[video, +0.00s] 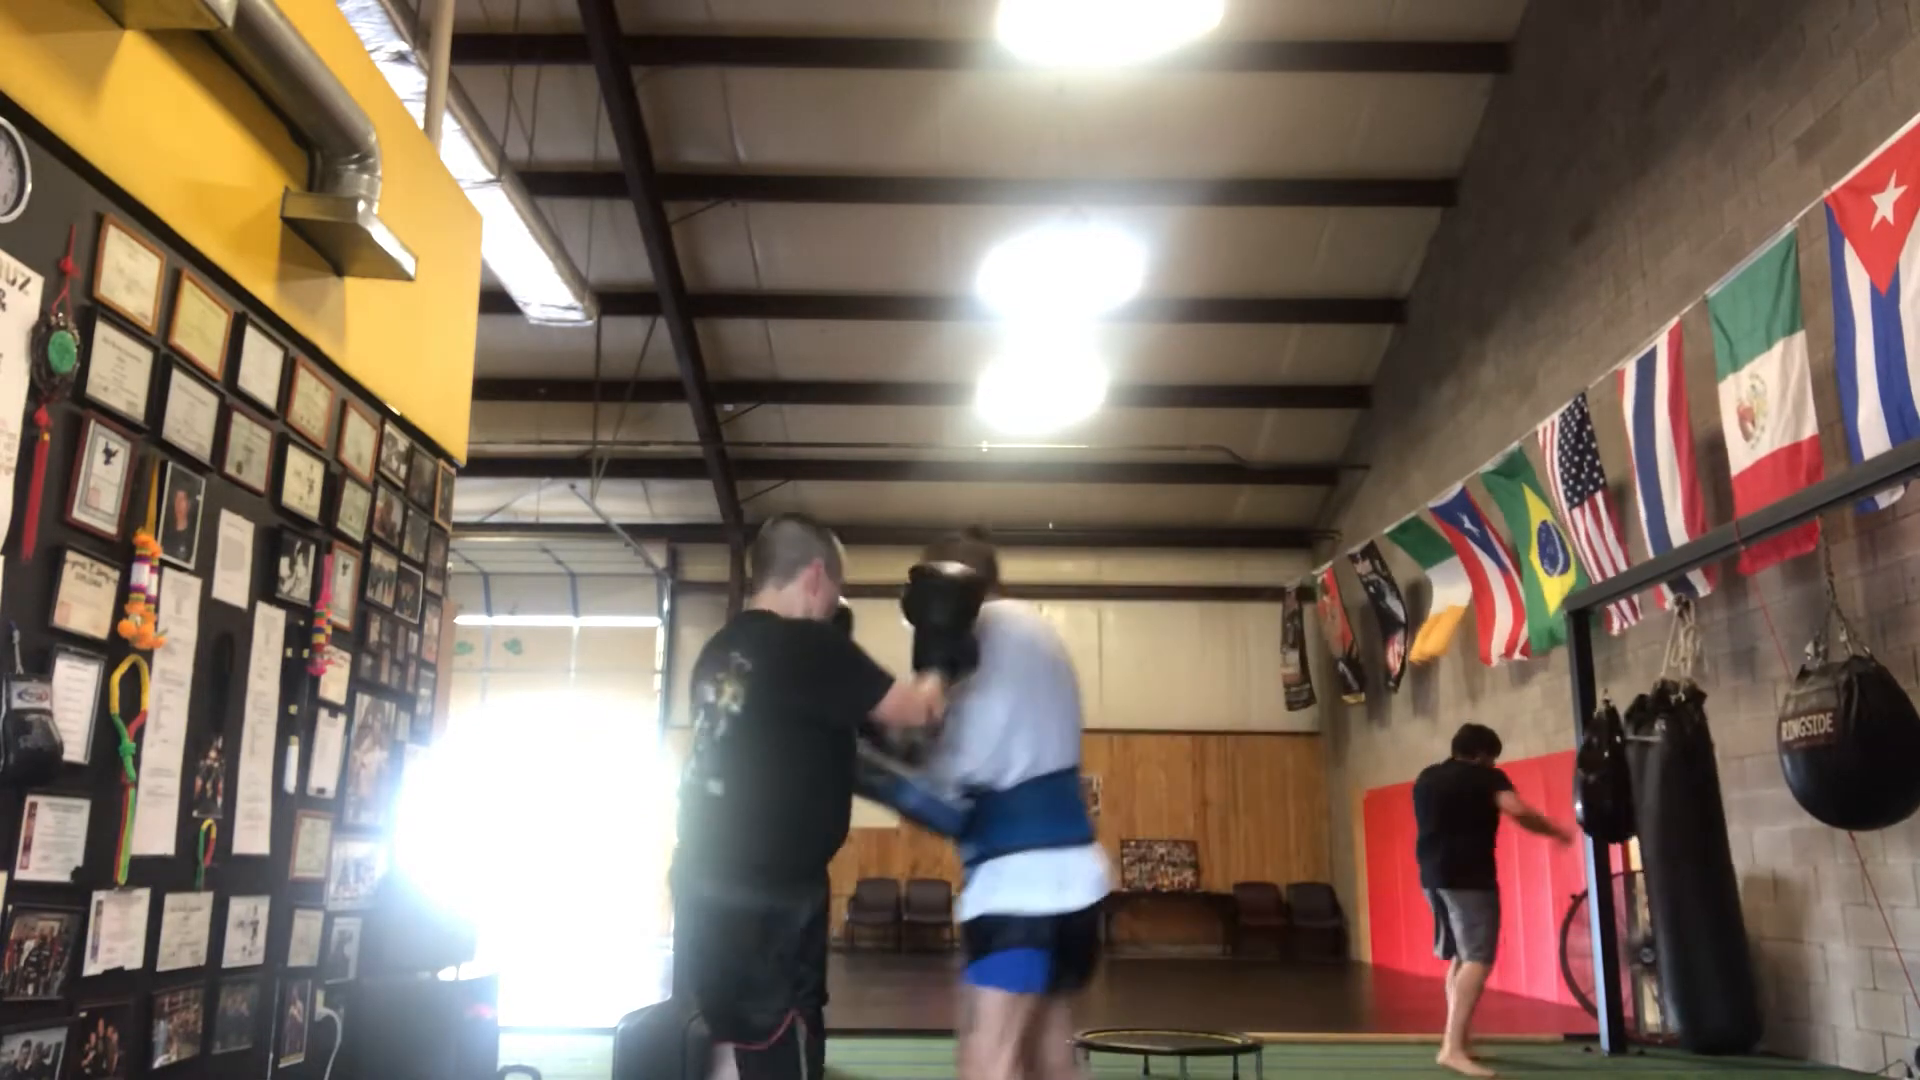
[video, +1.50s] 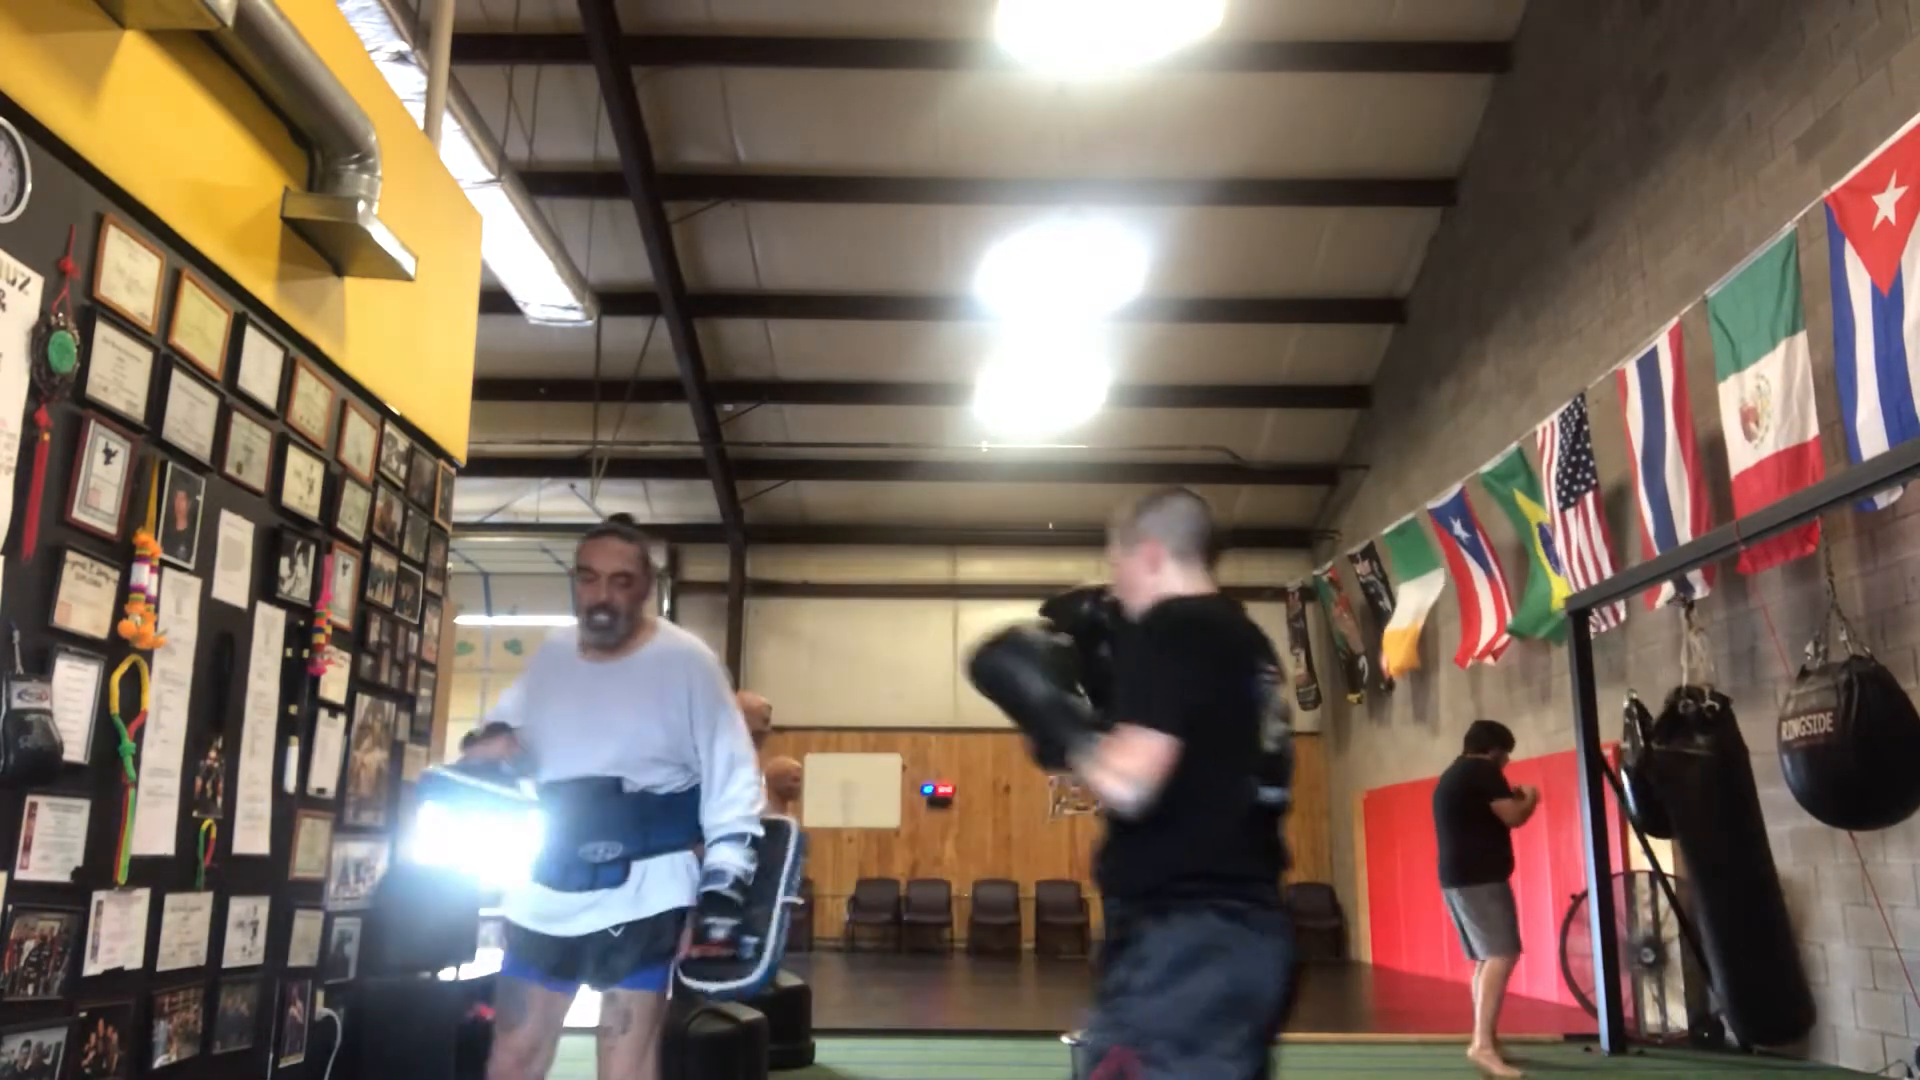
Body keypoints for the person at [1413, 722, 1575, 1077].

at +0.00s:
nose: (1492, 764)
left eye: (1493, 759)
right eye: (1492, 759)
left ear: (1455, 751)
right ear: (1483, 755)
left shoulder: (1427, 777)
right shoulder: (1489, 776)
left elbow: (1431, 825)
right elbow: (1519, 813)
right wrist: (1556, 831)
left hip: (1433, 879)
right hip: (1470, 877)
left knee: (1459, 957)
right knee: (1477, 958)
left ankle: (1456, 1040)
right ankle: (1452, 1049)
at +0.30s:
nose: (1492, 761)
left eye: (1494, 757)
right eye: (1492, 756)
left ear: (1459, 746)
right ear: (1482, 750)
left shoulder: (1438, 773)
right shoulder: (1472, 773)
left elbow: (1414, 816)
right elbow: (1512, 804)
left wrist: (1450, 811)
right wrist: (1512, 785)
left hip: (1444, 881)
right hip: (1457, 882)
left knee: (1476, 960)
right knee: (1465, 964)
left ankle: (1463, 1034)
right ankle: (1447, 1055)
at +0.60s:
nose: (1490, 761)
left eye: (1492, 754)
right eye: (1489, 753)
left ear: (1467, 746)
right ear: (1474, 748)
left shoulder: (1461, 776)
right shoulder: (1444, 773)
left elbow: (1479, 809)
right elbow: (1468, 820)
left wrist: (1514, 808)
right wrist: (1491, 799)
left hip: (1464, 882)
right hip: (1441, 884)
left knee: (1481, 952)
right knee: (1459, 961)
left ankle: (1462, 1035)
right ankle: (1445, 1055)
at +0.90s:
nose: (1490, 760)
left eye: (1492, 753)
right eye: (1489, 752)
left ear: (1457, 745)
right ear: (1475, 747)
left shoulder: (1434, 773)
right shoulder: (1458, 775)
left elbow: (1463, 825)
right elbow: (1482, 829)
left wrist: (1490, 807)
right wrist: (1503, 810)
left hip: (1456, 882)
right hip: (1449, 884)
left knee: (1490, 949)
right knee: (1451, 962)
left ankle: (1486, 1035)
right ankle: (1445, 1056)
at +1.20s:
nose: (1497, 762)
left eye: (1498, 755)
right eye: (1495, 755)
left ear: (1463, 749)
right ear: (1481, 752)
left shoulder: (1447, 778)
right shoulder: (1473, 776)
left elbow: (1471, 826)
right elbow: (1495, 824)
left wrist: (1508, 815)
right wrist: (1519, 814)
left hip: (1467, 883)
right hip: (1465, 884)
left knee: (1488, 959)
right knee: (1466, 961)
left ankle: (1488, 1045)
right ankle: (1448, 1053)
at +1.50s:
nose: (1504, 763)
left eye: (1505, 757)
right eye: (1503, 756)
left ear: (1471, 747)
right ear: (1490, 751)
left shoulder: (1453, 775)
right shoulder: (1480, 772)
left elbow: (1491, 815)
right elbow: (1513, 816)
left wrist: (1516, 798)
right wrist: (1530, 799)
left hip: (1458, 880)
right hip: (1480, 879)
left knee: (1484, 960)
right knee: (1502, 953)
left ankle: (1483, 1042)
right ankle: (1482, 1045)